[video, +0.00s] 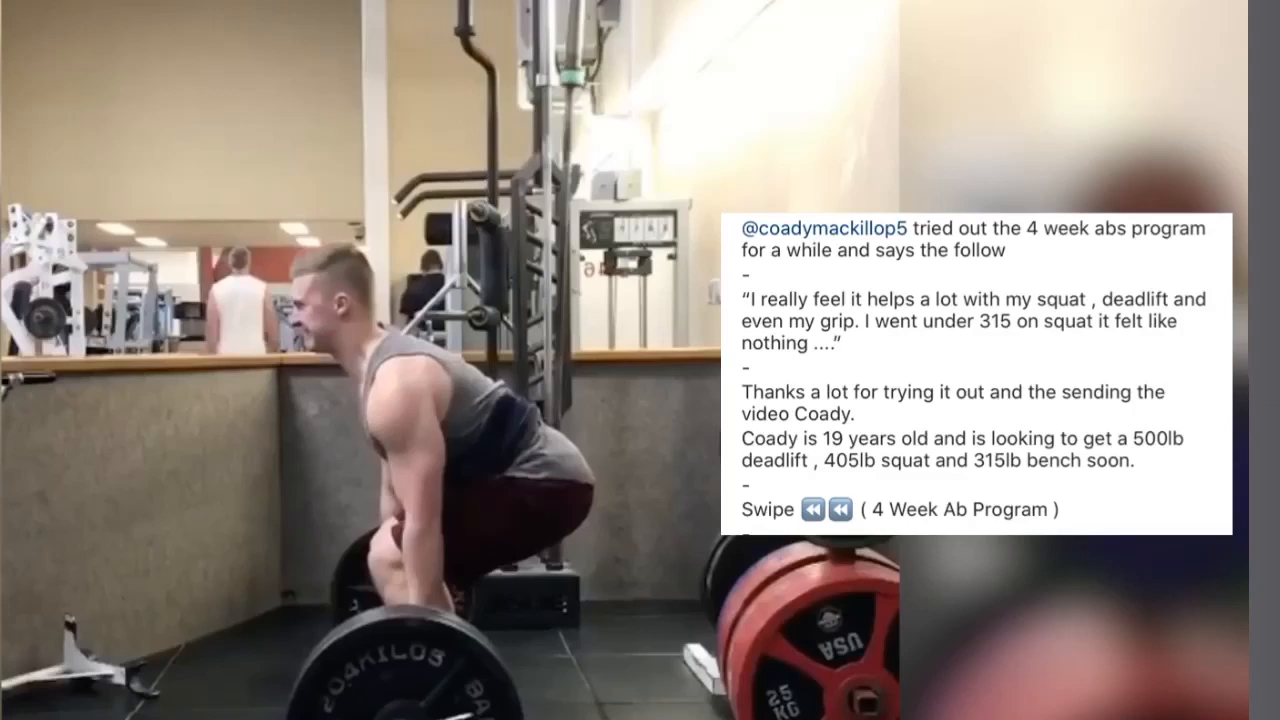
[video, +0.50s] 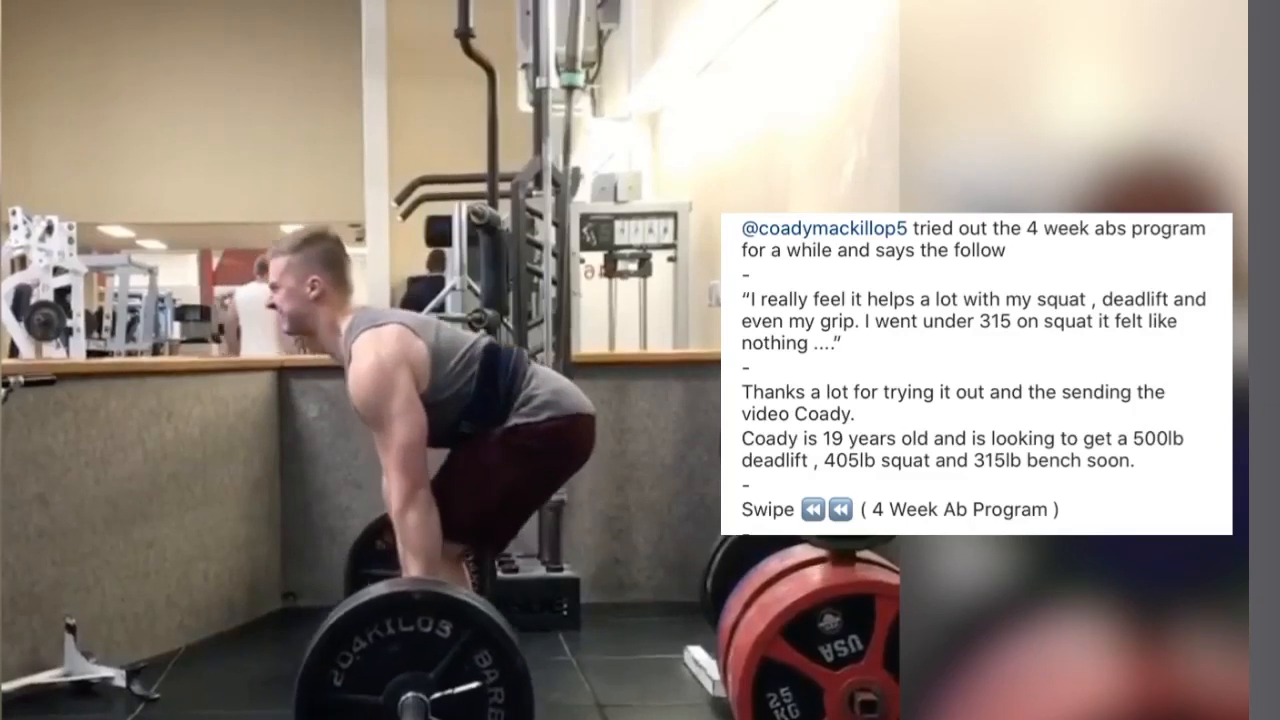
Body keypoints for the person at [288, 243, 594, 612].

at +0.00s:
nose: (295, 318)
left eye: (302, 305)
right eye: (295, 306)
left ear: (341, 304)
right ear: (338, 306)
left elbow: (422, 523)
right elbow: (392, 497)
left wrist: (426, 630)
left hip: (549, 483)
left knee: (388, 555)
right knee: (401, 545)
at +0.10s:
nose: (290, 313)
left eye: (297, 299)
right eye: (290, 301)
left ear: (335, 301)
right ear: (332, 303)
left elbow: (413, 523)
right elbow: (392, 512)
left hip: (547, 471)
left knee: (390, 553)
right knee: (403, 546)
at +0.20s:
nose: (280, 311)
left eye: (288, 299)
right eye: (281, 300)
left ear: (326, 301)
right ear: (323, 302)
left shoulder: (382, 379)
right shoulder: (369, 365)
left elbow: (407, 523)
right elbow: (393, 511)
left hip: (544, 458)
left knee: (393, 553)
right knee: (413, 551)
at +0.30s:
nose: (272, 312)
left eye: (280, 299)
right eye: (273, 300)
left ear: (319, 300)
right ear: (318, 300)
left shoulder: (377, 376)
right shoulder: (366, 361)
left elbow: (406, 521)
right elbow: (395, 502)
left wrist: (424, 647)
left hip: (544, 445)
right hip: (530, 440)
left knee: (403, 553)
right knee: (415, 548)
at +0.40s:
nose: (271, 309)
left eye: (277, 296)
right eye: (271, 297)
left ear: (315, 296)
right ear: (315, 296)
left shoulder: (376, 370)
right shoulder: (365, 354)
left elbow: (409, 511)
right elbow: (396, 492)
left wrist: (423, 637)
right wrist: (421, 622)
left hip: (547, 432)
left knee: (420, 547)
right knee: (421, 543)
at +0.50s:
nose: (271, 301)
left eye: (278, 288)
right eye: (271, 289)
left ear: (314, 287)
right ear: (315, 287)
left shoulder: (377, 359)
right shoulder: (365, 346)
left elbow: (411, 496)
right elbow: (397, 482)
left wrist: (420, 609)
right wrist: (417, 599)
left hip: (547, 418)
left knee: (434, 545)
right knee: (429, 541)